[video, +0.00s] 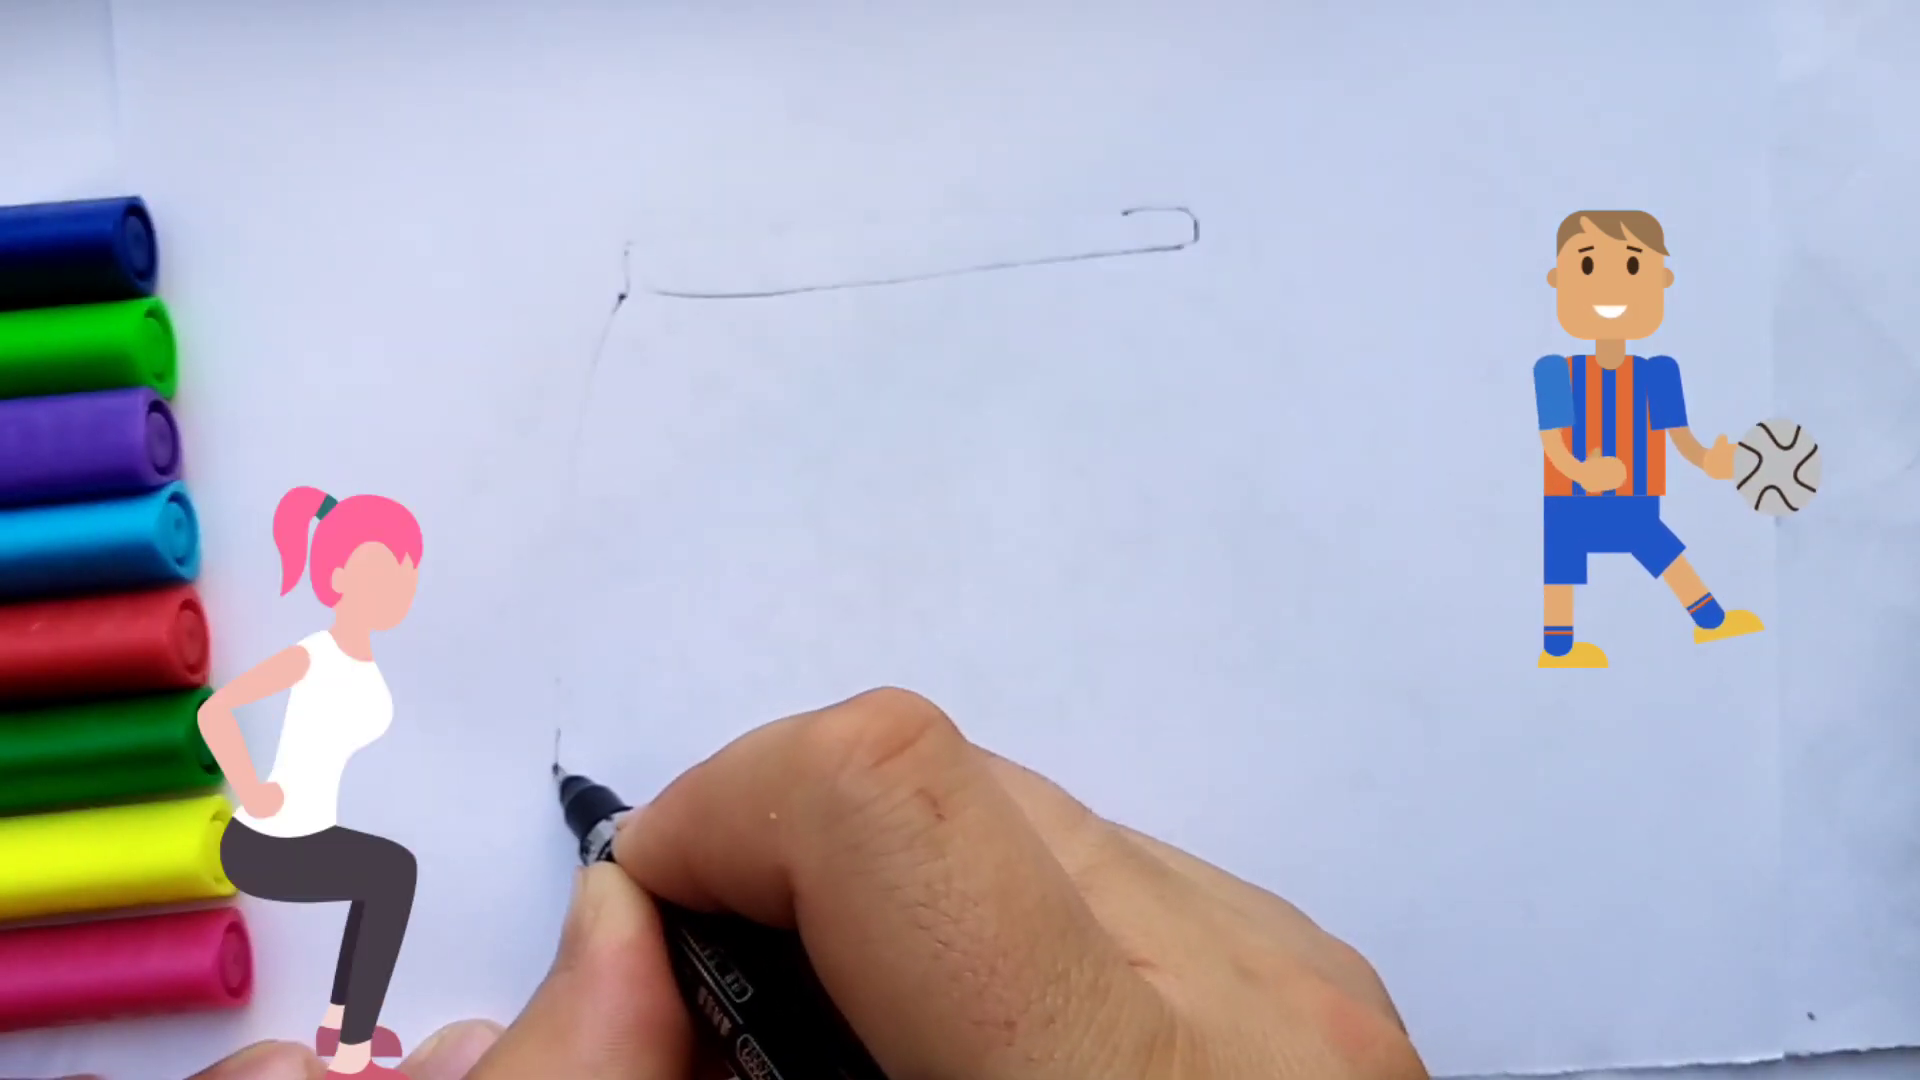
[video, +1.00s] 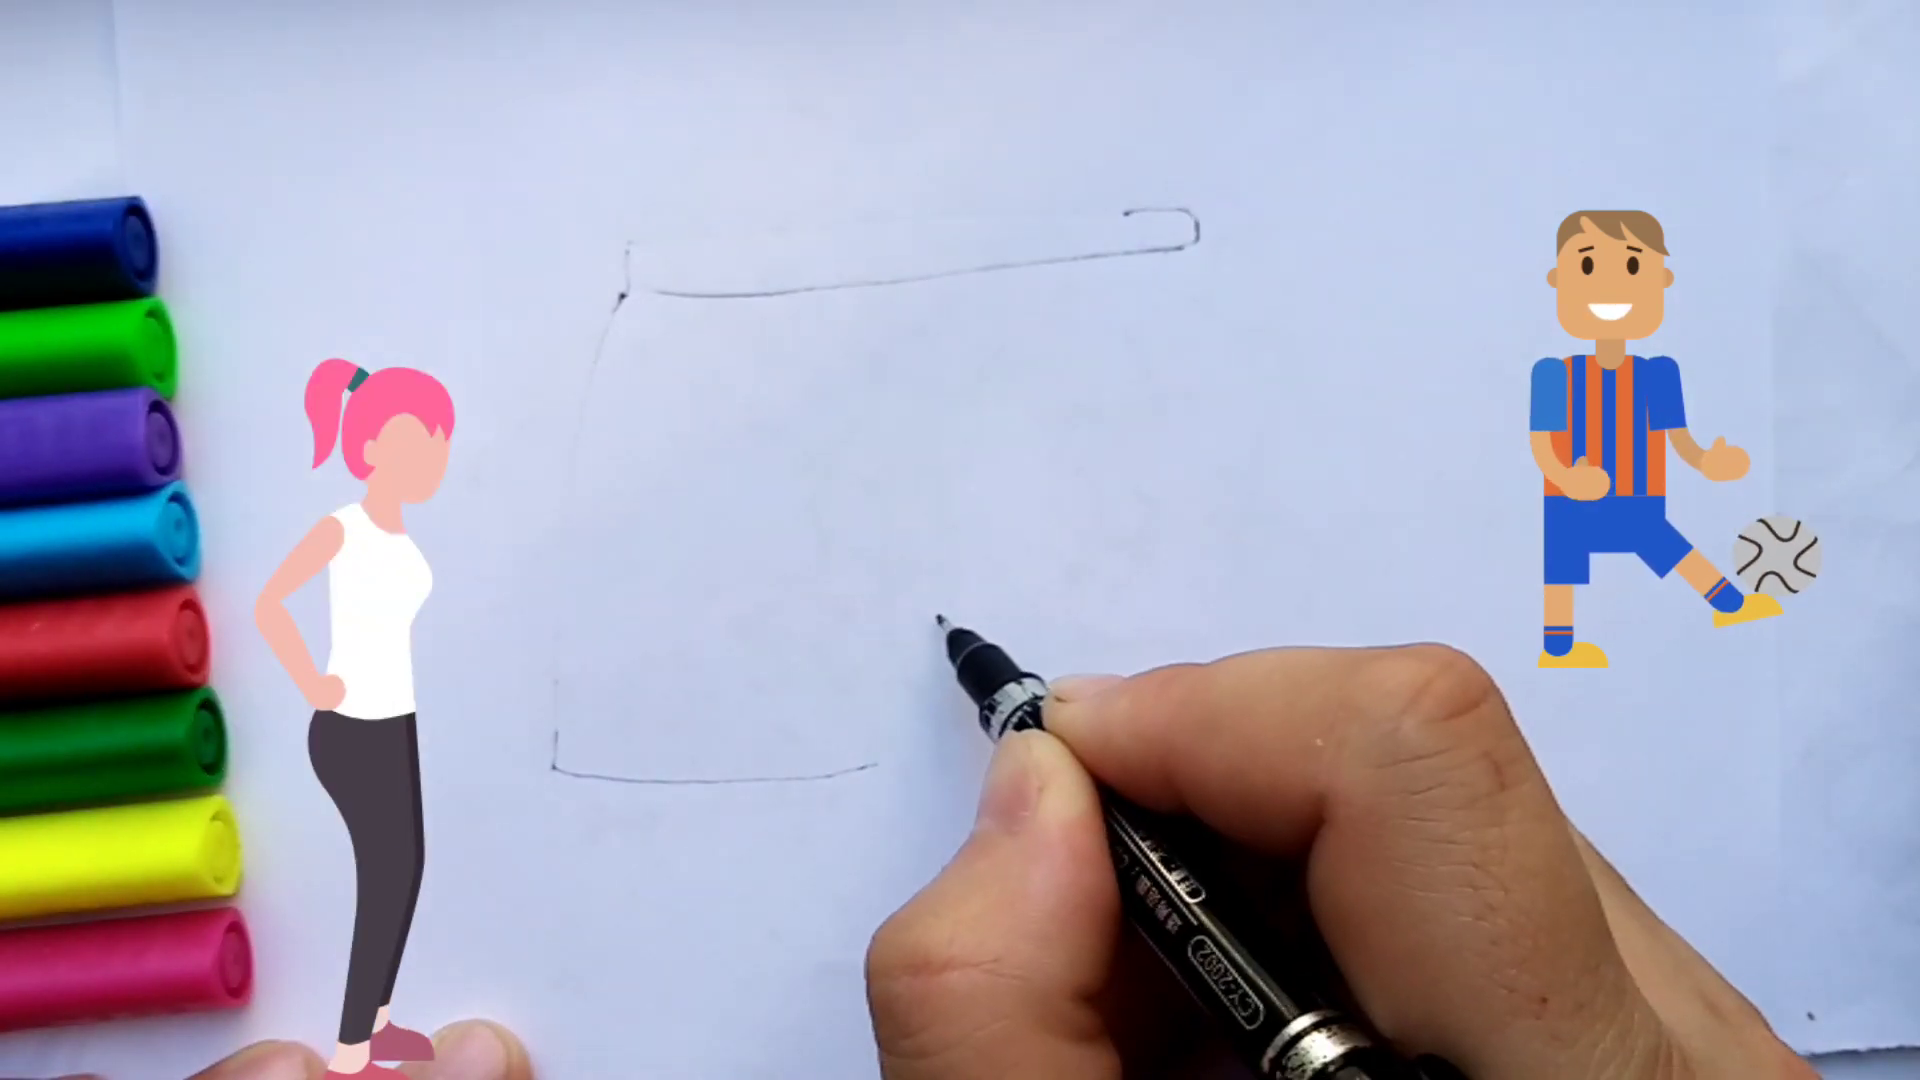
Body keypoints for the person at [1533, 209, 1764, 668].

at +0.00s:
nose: (1611, 287)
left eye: (1631, 267)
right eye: (1589, 266)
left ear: (1662, 283)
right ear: (1559, 283)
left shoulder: (1656, 374)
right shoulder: (1558, 373)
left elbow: (1683, 437)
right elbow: (1552, 441)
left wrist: (1709, 461)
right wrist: (1581, 472)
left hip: (1630, 506)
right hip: (1570, 507)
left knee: (1663, 552)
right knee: (1561, 569)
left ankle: (1710, 618)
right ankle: (1558, 647)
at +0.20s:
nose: (1611, 287)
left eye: (1632, 267)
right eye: (1589, 267)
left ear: (1661, 283)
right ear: (1559, 284)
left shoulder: (1657, 374)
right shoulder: (1557, 373)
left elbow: (1681, 435)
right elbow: (1547, 440)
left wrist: (1709, 462)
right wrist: (1572, 476)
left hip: (1632, 505)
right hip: (1569, 507)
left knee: (1668, 551)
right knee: (1561, 570)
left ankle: (1719, 610)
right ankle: (1557, 645)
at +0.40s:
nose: (1610, 287)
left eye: (1631, 267)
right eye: (1590, 267)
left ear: (1661, 283)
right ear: (1560, 283)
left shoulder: (1657, 374)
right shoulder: (1555, 375)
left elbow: (1681, 438)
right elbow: (1542, 444)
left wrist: (1708, 462)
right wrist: (1567, 480)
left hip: (1634, 505)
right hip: (1570, 508)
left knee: (1676, 551)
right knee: (1560, 573)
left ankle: (1729, 602)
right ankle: (1557, 647)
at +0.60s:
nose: (1611, 287)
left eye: (1631, 267)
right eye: (1589, 266)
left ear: (1662, 283)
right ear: (1559, 283)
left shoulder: (1656, 374)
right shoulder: (1558, 373)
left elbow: (1684, 439)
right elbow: (1550, 442)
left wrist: (1710, 461)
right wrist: (1580, 474)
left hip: (1631, 506)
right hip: (1570, 507)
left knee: (1664, 551)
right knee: (1561, 567)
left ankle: (1713, 615)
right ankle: (1558, 646)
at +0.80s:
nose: (1610, 287)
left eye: (1632, 267)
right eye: (1589, 266)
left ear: (1661, 284)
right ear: (1559, 283)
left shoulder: (1657, 374)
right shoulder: (1558, 373)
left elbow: (1683, 437)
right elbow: (1548, 441)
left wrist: (1711, 462)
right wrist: (1576, 474)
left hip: (1632, 506)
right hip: (1569, 507)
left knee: (1666, 551)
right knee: (1561, 569)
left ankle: (1716, 612)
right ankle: (1557, 646)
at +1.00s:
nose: (1610, 287)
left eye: (1631, 267)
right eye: (1590, 267)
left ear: (1661, 283)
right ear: (1561, 283)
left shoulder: (1657, 374)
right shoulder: (1555, 375)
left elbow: (1680, 437)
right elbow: (1542, 442)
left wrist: (1707, 462)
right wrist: (1566, 479)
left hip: (1634, 505)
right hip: (1570, 508)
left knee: (1675, 551)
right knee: (1560, 572)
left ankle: (1729, 602)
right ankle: (1557, 646)